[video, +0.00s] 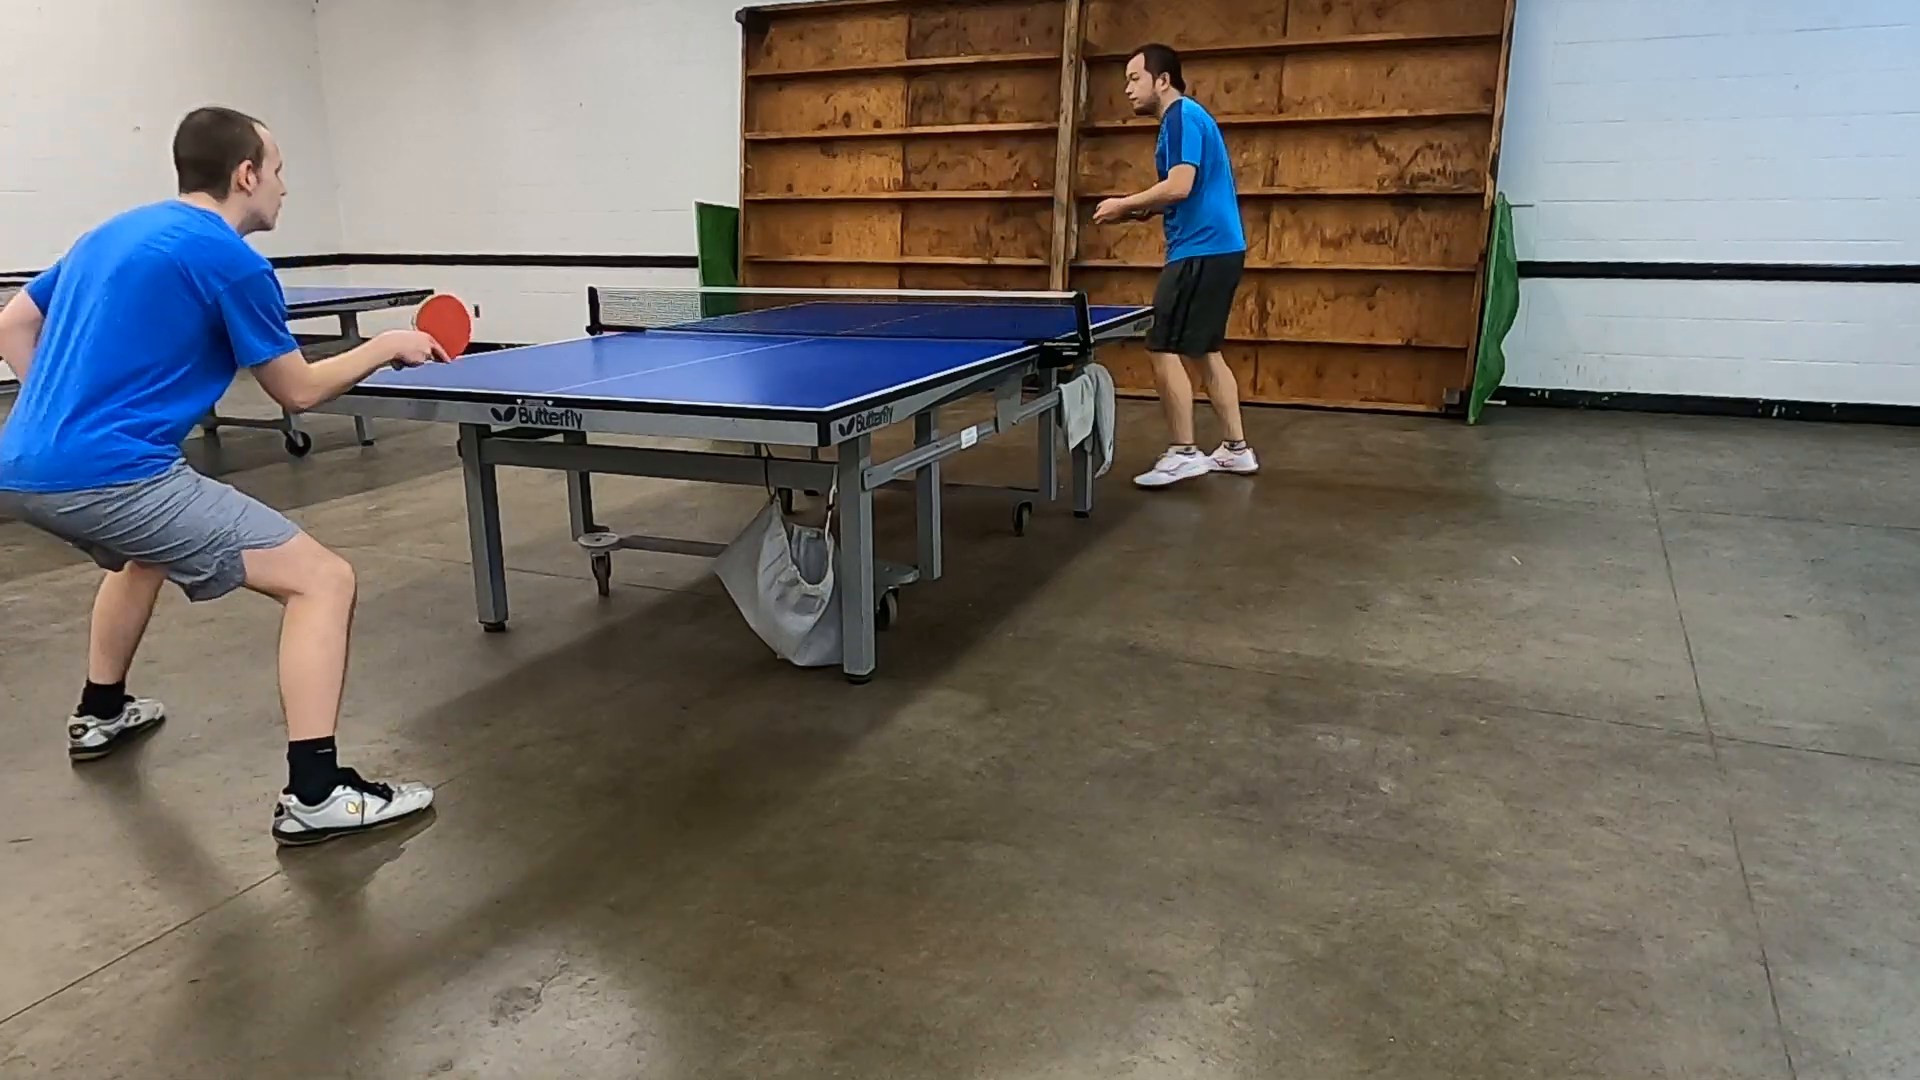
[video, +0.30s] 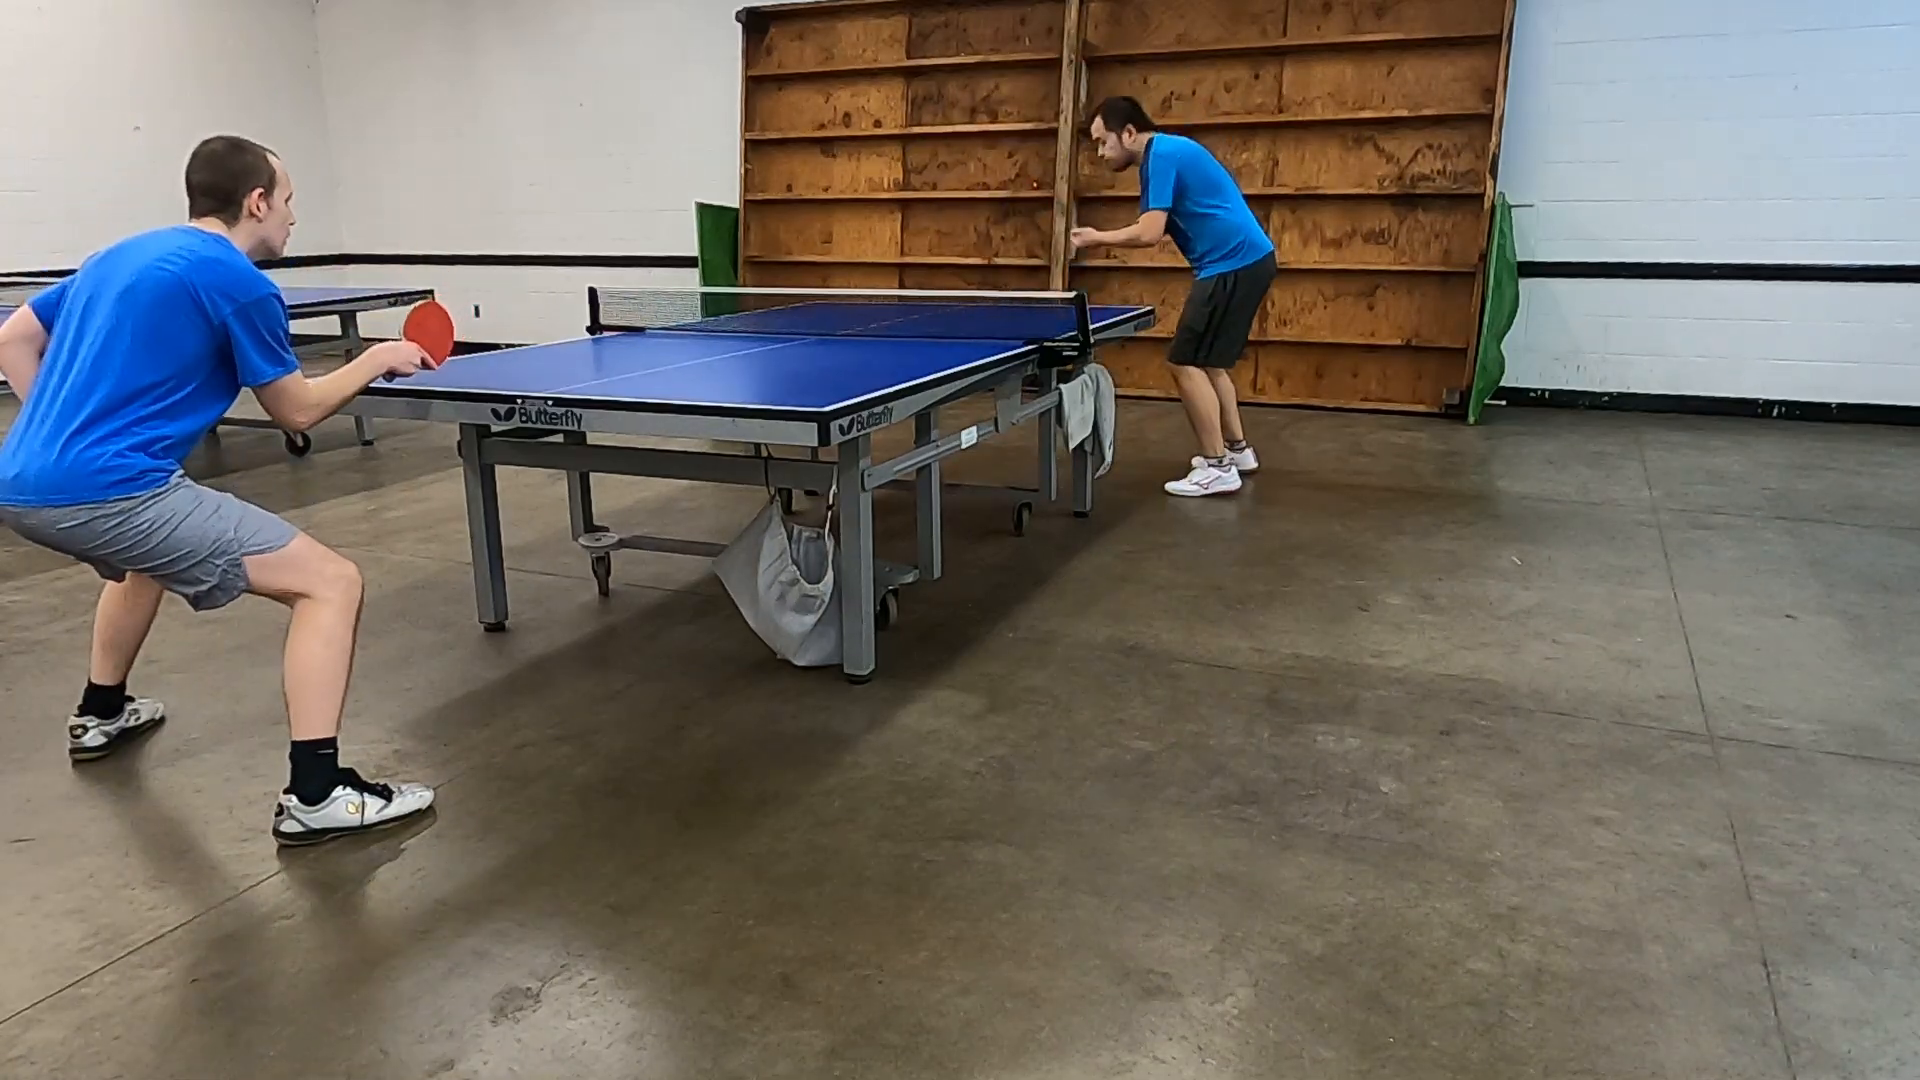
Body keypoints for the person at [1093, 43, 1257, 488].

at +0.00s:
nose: (1128, 88)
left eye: (1134, 78)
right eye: (1127, 80)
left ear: (1162, 80)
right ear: (1162, 83)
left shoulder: (1183, 116)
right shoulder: (1186, 118)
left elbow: (1180, 185)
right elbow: (1189, 193)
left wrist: (1125, 203)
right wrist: (1149, 210)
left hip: (1200, 252)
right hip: (1216, 250)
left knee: (1163, 348)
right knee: (1202, 349)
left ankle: (1184, 451)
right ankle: (1237, 447)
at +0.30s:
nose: (1101, 152)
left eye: (1103, 142)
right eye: (1098, 144)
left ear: (1130, 132)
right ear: (1132, 133)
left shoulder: (1160, 154)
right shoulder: (1166, 150)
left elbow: (1149, 232)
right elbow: (1156, 228)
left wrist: (1098, 236)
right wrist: (1105, 236)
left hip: (1230, 264)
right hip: (1246, 259)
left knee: (1184, 361)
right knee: (1212, 362)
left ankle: (1216, 466)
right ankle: (1237, 448)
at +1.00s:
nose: (1127, 154)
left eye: (1129, 143)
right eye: (1124, 145)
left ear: (1154, 136)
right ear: (1162, 135)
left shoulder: (1168, 162)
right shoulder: (1223, 150)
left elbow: (1155, 220)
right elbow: (1272, 198)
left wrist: (1107, 259)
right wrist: (1223, 204)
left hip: (1232, 278)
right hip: (1267, 271)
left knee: (1175, 372)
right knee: (1217, 367)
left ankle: (1216, 467)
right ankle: (1238, 451)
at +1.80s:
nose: (1100, 116)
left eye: (1110, 106)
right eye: (1096, 108)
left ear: (1138, 109)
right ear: (1094, 113)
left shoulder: (1175, 145)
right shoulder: (1115, 162)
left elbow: (1227, 195)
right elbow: (1111, 210)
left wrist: (1201, 260)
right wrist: (1096, 253)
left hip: (1190, 273)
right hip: (1144, 273)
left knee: (1172, 359)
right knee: (1108, 352)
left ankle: (1206, 462)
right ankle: (1121, 426)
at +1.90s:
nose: (1095, 122)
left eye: (1104, 113)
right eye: (1090, 114)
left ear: (1131, 115)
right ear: (1087, 119)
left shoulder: (1169, 156)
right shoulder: (1103, 172)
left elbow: (1212, 209)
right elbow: (1090, 224)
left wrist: (1181, 263)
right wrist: (1070, 255)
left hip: (1179, 277)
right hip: (1129, 281)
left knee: (1166, 361)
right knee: (1097, 359)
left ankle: (1206, 463)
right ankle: (1086, 434)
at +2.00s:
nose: (1086, 122)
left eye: (1096, 113)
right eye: (1082, 114)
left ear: (1122, 116)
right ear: (1079, 119)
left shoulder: (1159, 159)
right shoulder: (1088, 171)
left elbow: (1197, 213)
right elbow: (1072, 225)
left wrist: (1164, 256)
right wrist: (1052, 255)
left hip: (1167, 282)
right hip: (1114, 285)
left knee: (1164, 360)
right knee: (1088, 360)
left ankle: (1205, 461)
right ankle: (1084, 431)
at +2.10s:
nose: (1081, 112)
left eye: (1091, 103)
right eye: (1076, 104)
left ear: (1115, 107)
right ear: (1071, 109)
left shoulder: (1150, 149)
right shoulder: (1076, 163)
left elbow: (1188, 203)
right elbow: (1064, 218)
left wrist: (1147, 241)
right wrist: (1046, 245)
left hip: (1159, 279)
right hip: (1102, 283)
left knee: (1176, 357)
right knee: (1079, 358)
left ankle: (1202, 449)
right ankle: (1080, 434)